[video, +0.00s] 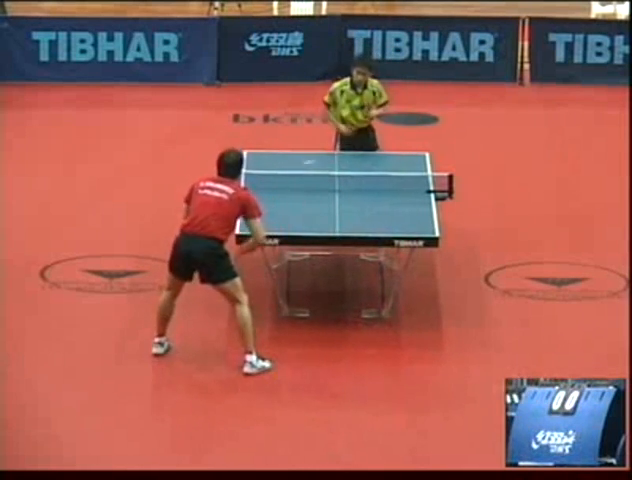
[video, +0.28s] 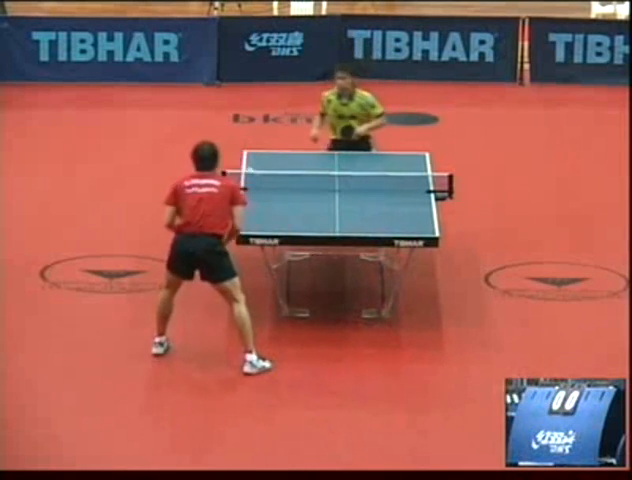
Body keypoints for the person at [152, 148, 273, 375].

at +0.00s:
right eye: (240, 168)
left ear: (218, 167)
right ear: (240, 170)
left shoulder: (200, 185)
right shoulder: (243, 196)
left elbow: (186, 215)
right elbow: (259, 238)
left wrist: (198, 231)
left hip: (184, 241)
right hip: (212, 246)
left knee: (171, 291)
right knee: (240, 300)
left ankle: (159, 339)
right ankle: (251, 357)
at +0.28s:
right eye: (217, 160)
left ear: (194, 162)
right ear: (218, 163)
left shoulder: (182, 185)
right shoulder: (229, 186)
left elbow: (169, 221)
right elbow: (238, 224)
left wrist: (186, 229)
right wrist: (224, 240)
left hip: (184, 240)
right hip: (212, 243)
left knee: (169, 289)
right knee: (237, 299)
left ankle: (160, 339)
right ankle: (251, 355)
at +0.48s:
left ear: (171, 156)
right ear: (193, 153)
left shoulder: (162, 180)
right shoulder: (210, 176)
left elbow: (149, 216)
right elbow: (223, 214)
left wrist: (164, 232)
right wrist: (213, 235)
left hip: (173, 234)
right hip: (201, 233)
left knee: (165, 286)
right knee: (222, 294)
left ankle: (159, 338)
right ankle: (242, 349)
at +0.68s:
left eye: (167, 145)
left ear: (165, 148)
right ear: (186, 143)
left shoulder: (156, 173)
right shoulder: (205, 168)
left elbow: (141, 209)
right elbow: (220, 206)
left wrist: (152, 226)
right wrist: (211, 228)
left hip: (170, 230)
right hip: (198, 229)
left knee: (163, 286)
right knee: (212, 289)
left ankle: (159, 339)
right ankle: (211, 345)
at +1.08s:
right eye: (202, 143)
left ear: (181, 147)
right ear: (204, 146)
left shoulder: (169, 174)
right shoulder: (218, 177)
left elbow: (160, 210)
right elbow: (228, 213)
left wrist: (167, 228)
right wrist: (234, 238)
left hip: (176, 237)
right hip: (205, 239)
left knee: (167, 292)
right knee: (205, 296)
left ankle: (159, 340)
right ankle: (201, 355)